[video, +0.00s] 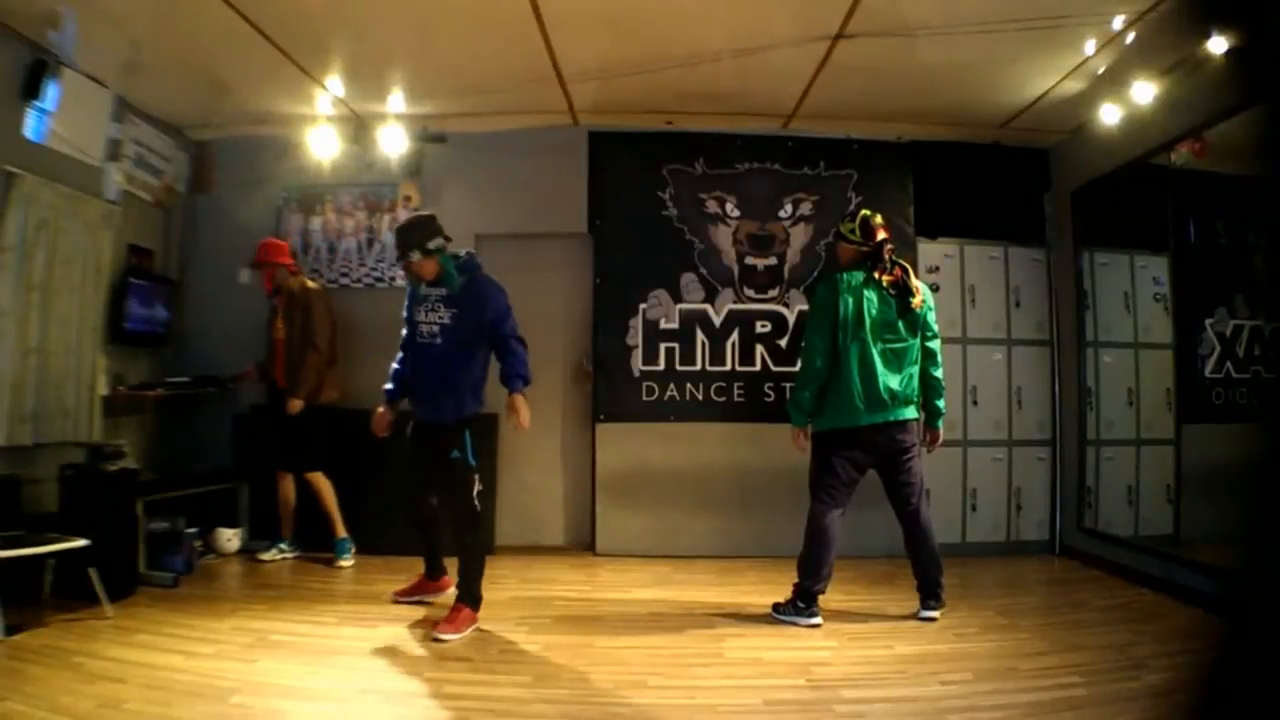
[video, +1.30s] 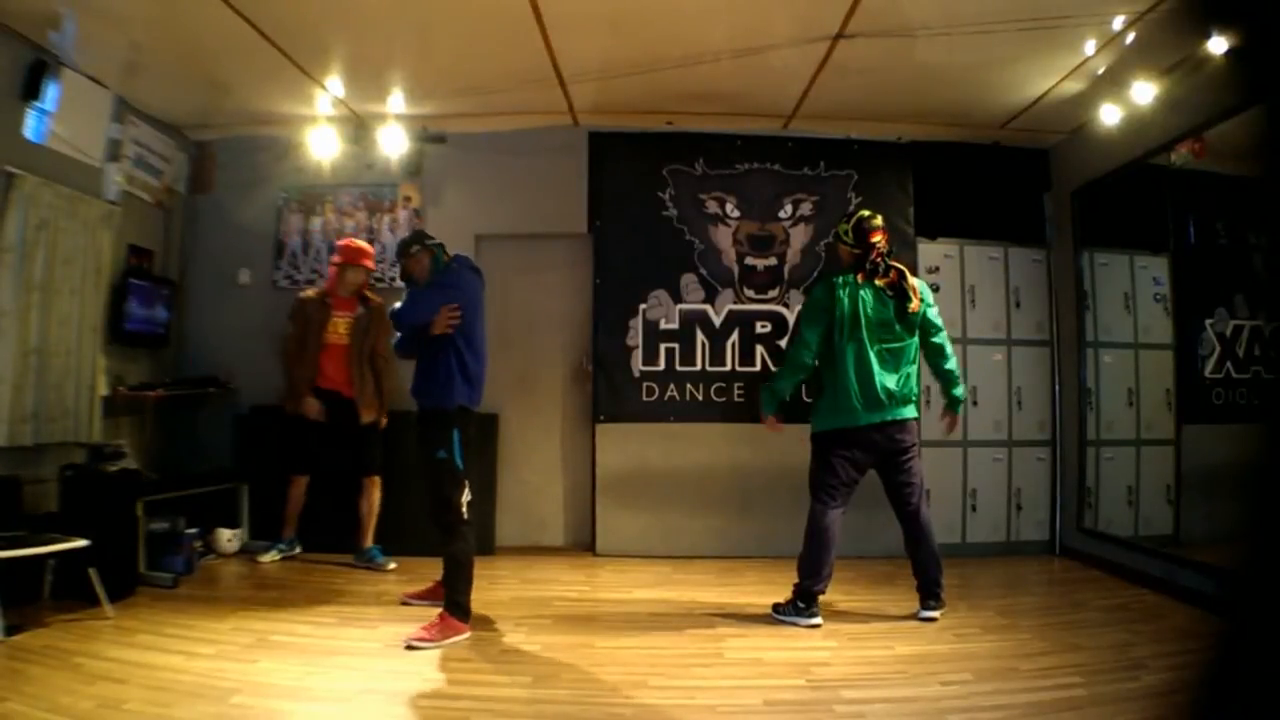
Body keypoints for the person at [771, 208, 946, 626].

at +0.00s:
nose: (834, 248)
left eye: (840, 243)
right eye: (837, 241)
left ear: (857, 248)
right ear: (880, 247)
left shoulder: (833, 287)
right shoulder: (915, 290)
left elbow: (816, 356)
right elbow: (932, 358)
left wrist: (800, 411)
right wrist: (934, 415)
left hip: (844, 419)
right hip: (900, 420)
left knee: (827, 506)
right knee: (914, 508)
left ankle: (806, 600)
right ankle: (931, 598)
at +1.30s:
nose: (835, 250)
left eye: (840, 245)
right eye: (838, 243)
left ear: (852, 249)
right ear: (880, 246)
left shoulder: (830, 290)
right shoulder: (912, 288)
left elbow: (804, 352)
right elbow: (938, 344)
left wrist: (773, 396)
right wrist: (954, 392)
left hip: (842, 422)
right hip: (899, 420)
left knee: (827, 506)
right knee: (914, 508)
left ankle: (806, 600)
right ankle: (931, 598)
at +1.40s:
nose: (832, 250)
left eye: (837, 245)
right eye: (836, 243)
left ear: (850, 249)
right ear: (878, 247)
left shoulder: (830, 287)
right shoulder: (911, 286)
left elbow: (793, 338)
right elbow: (944, 332)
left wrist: (742, 373)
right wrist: (977, 366)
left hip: (841, 420)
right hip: (898, 420)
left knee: (827, 505)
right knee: (913, 507)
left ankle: (806, 600)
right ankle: (932, 598)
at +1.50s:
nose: (834, 250)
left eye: (838, 245)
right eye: (837, 243)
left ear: (851, 249)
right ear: (879, 246)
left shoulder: (830, 287)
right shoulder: (910, 285)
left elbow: (783, 325)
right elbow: (954, 321)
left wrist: (722, 332)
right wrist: (998, 331)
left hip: (841, 421)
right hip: (897, 419)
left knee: (827, 505)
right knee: (913, 507)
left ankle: (807, 600)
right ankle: (931, 597)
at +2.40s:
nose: (835, 248)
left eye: (841, 243)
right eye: (838, 241)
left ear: (854, 248)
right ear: (884, 246)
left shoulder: (830, 285)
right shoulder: (914, 284)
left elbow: (797, 344)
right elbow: (948, 333)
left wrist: (756, 387)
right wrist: (987, 360)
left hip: (844, 418)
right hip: (899, 418)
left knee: (829, 504)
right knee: (915, 507)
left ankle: (806, 600)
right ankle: (931, 597)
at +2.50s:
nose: (835, 246)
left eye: (842, 240)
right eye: (838, 238)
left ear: (858, 247)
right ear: (882, 245)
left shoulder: (830, 288)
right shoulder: (916, 286)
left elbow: (819, 354)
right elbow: (932, 349)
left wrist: (816, 408)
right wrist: (938, 397)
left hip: (848, 417)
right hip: (901, 418)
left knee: (829, 504)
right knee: (915, 507)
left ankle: (806, 599)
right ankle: (931, 597)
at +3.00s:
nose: (842, 243)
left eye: (848, 236)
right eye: (846, 235)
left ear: (863, 245)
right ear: (887, 246)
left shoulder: (837, 285)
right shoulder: (918, 285)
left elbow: (807, 341)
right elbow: (924, 349)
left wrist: (843, 349)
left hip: (847, 416)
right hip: (903, 417)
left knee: (830, 505)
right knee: (916, 507)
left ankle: (806, 600)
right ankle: (932, 598)